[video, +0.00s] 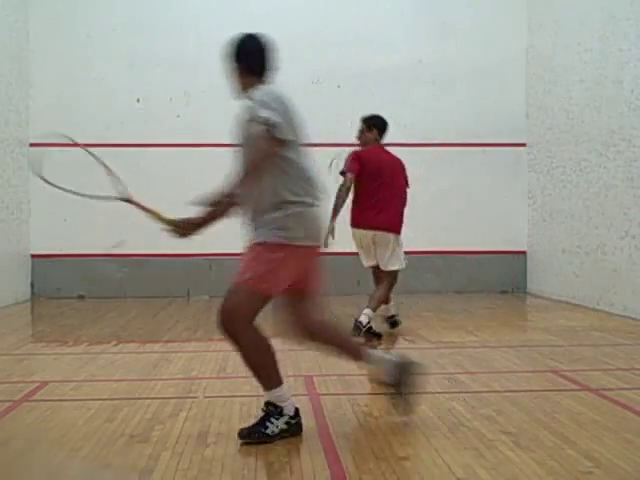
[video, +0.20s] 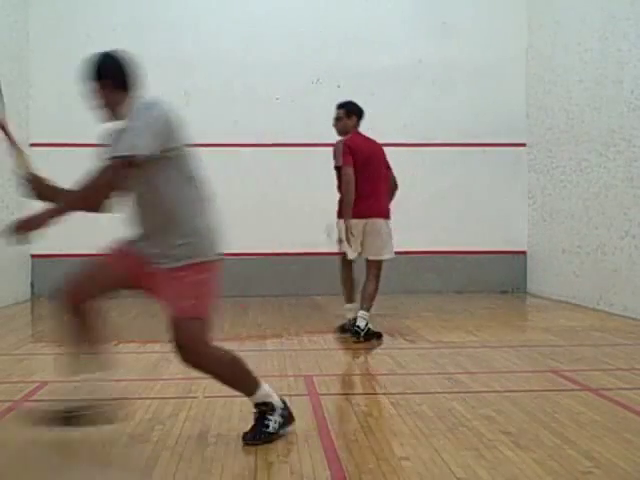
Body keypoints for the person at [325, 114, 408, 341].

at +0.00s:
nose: (358, 136)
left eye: (362, 132)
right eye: (359, 131)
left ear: (373, 133)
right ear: (379, 134)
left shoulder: (357, 157)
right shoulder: (396, 162)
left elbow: (346, 185)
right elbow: (403, 192)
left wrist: (332, 220)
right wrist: (395, 222)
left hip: (360, 226)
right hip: (389, 228)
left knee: (377, 273)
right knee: (388, 278)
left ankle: (389, 313)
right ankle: (364, 318)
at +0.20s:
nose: (335, 124)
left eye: (339, 119)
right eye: (335, 119)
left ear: (353, 119)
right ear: (356, 121)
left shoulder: (343, 144)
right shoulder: (376, 146)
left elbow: (348, 178)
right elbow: (392, 183)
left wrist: (345, 215)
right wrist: (380, 207)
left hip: (354, 214)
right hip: (378, 215)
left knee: (347, 262)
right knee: (374, 270)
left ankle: (352, 316)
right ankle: (363, 320)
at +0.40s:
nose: (312, 120)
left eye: (316, 115)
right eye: (311, 116)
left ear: (330, 117)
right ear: (331, 119)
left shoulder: (321, 142)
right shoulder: (353, 143)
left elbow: (326, 177)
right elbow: (378, 178)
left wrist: (323, 217)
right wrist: (374, 210)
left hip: (335, 215)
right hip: (362, 214)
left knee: (315, 266)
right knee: (363, 269)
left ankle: (317, 323)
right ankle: (360, 325)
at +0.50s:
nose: (298, 119)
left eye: (303, 114)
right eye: (298, 114)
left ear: (317, 115)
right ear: (320, 117)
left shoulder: (306, 142)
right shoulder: (341, 142)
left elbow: (308, 176)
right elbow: (366, 176)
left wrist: (301, 213)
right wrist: (365, 212)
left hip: (317, 215)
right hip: (346, 214)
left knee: (308, 271)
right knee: (354, 268)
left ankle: (312, 328)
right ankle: (360, 326)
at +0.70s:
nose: (271, 110)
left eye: (275, 106)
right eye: (272, 105)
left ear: (285, 108)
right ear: (293, 110)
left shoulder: (276, 132)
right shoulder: (312, 136)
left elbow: (273, 168)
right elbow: (336, 174)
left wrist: (254, 204)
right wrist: (329, 203)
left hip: (291, 207)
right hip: (318, 207)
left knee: (281, 263)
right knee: (322, 261)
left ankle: (301, 319)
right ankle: (335, 320)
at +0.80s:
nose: (259, 119)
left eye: (260, 115)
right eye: (260, 115)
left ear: (267, 115)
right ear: (281, 117)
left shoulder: (267, 138)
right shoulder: (298, 143)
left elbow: (262, 175)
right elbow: (319, 183)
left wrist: (238, 206)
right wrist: (307, 209)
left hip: (280, 213)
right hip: (307, 213)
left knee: (250, 261)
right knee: (311, 267)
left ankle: (274, 312)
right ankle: (330, 326)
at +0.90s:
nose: (241, 129)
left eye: (243, 125)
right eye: (243, 125)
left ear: (247, 126)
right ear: (263, 127)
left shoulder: (249, 149)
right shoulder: (279, 152)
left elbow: (246, 184)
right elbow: (296, 194)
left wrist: (222, 215)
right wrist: (265, 194)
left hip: (266, 221)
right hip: (293, 220)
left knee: (222, 258)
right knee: (306, 275)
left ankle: (227, 321)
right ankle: (329, 328)